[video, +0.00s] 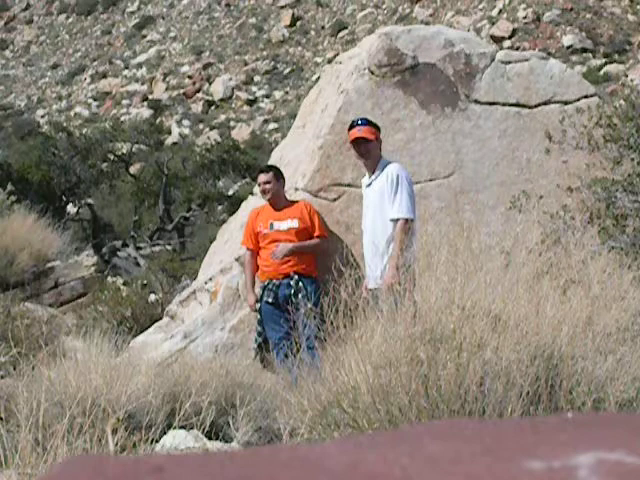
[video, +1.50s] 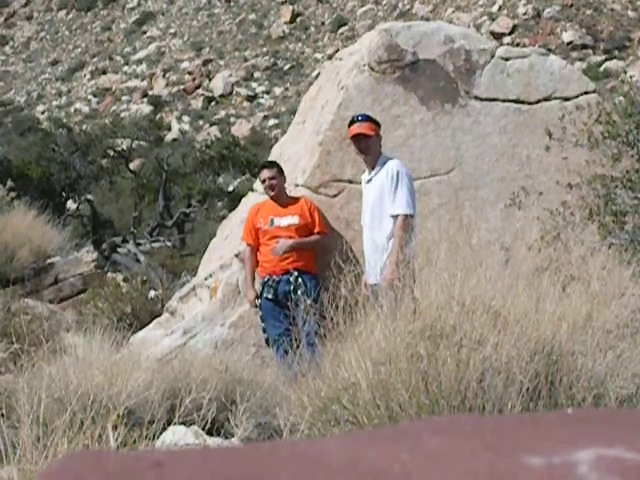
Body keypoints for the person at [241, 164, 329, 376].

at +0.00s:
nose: (263, 188)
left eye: (267, 183)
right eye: (259, 184)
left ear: (281, 183)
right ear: (258, 188)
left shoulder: (304, 209)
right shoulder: (256, 216)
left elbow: (323, 240)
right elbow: (250, 253)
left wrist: (293, 247)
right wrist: (250, 290)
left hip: (303, 282)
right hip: (271, 285)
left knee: (310, 339)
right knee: (280, 344)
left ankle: (316, 386)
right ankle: (292, 390)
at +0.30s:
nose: (264, 188)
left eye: (269, 183)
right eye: (261, 185)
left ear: (281, 183)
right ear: (258, 189)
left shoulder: (304, 209)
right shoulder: (256, 216)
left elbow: (324, 240)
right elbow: (250, 253)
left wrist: (293, 248)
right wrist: (249, 289)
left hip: (303, 282)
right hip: (271, 285)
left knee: (310, 338)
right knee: (279, 343)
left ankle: (315, 384)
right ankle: (291, 389)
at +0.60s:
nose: (268, 186)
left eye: (272, 181)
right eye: (264, 183)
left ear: (283, 180)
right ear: (261, 187)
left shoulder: (305, 207)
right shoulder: (257, 213)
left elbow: (324, 238)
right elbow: (250, 250)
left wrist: (294, 245)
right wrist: (249, 287)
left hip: (303, 279)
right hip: (271, 282)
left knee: (310, 336)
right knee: (279, 341)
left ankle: (316, 383)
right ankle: (291, 387)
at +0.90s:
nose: (269, 185)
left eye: (273, 179)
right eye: (264, 182)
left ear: (283, 179)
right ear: (261, 186)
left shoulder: (305, 206)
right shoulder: (257, 213)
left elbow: (324, 238)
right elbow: (250, 250)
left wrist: (293, 244)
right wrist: (249, 286)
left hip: (303, 279)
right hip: (271, 282)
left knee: (310, 334)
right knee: (279, 341)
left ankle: (316, 381)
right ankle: (292, 386)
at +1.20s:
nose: (269, 184)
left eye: (273, 178)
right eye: (264, 181)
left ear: (283, 178)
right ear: (261, 185)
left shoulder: (305, 205)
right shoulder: (257, 212)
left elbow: (324, 237)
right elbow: (250, 249)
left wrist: (293, 244)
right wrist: (249, 285)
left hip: (302, 277)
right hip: (271, 281)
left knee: (310, 334)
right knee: (279, 339)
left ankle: (316, 381)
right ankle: (292, 385)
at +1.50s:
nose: (269, 184)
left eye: (273, 178)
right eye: (264, 181)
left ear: (283, 178)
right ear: (261, 185)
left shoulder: (304, 205)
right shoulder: (257, 212)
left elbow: (324, 237)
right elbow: (250, 249)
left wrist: (293, 244)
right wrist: (249, 286)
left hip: (303, 277)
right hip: (271, 281)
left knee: (310, 335)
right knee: (279, 340)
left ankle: (316, 383)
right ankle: (292, 386)